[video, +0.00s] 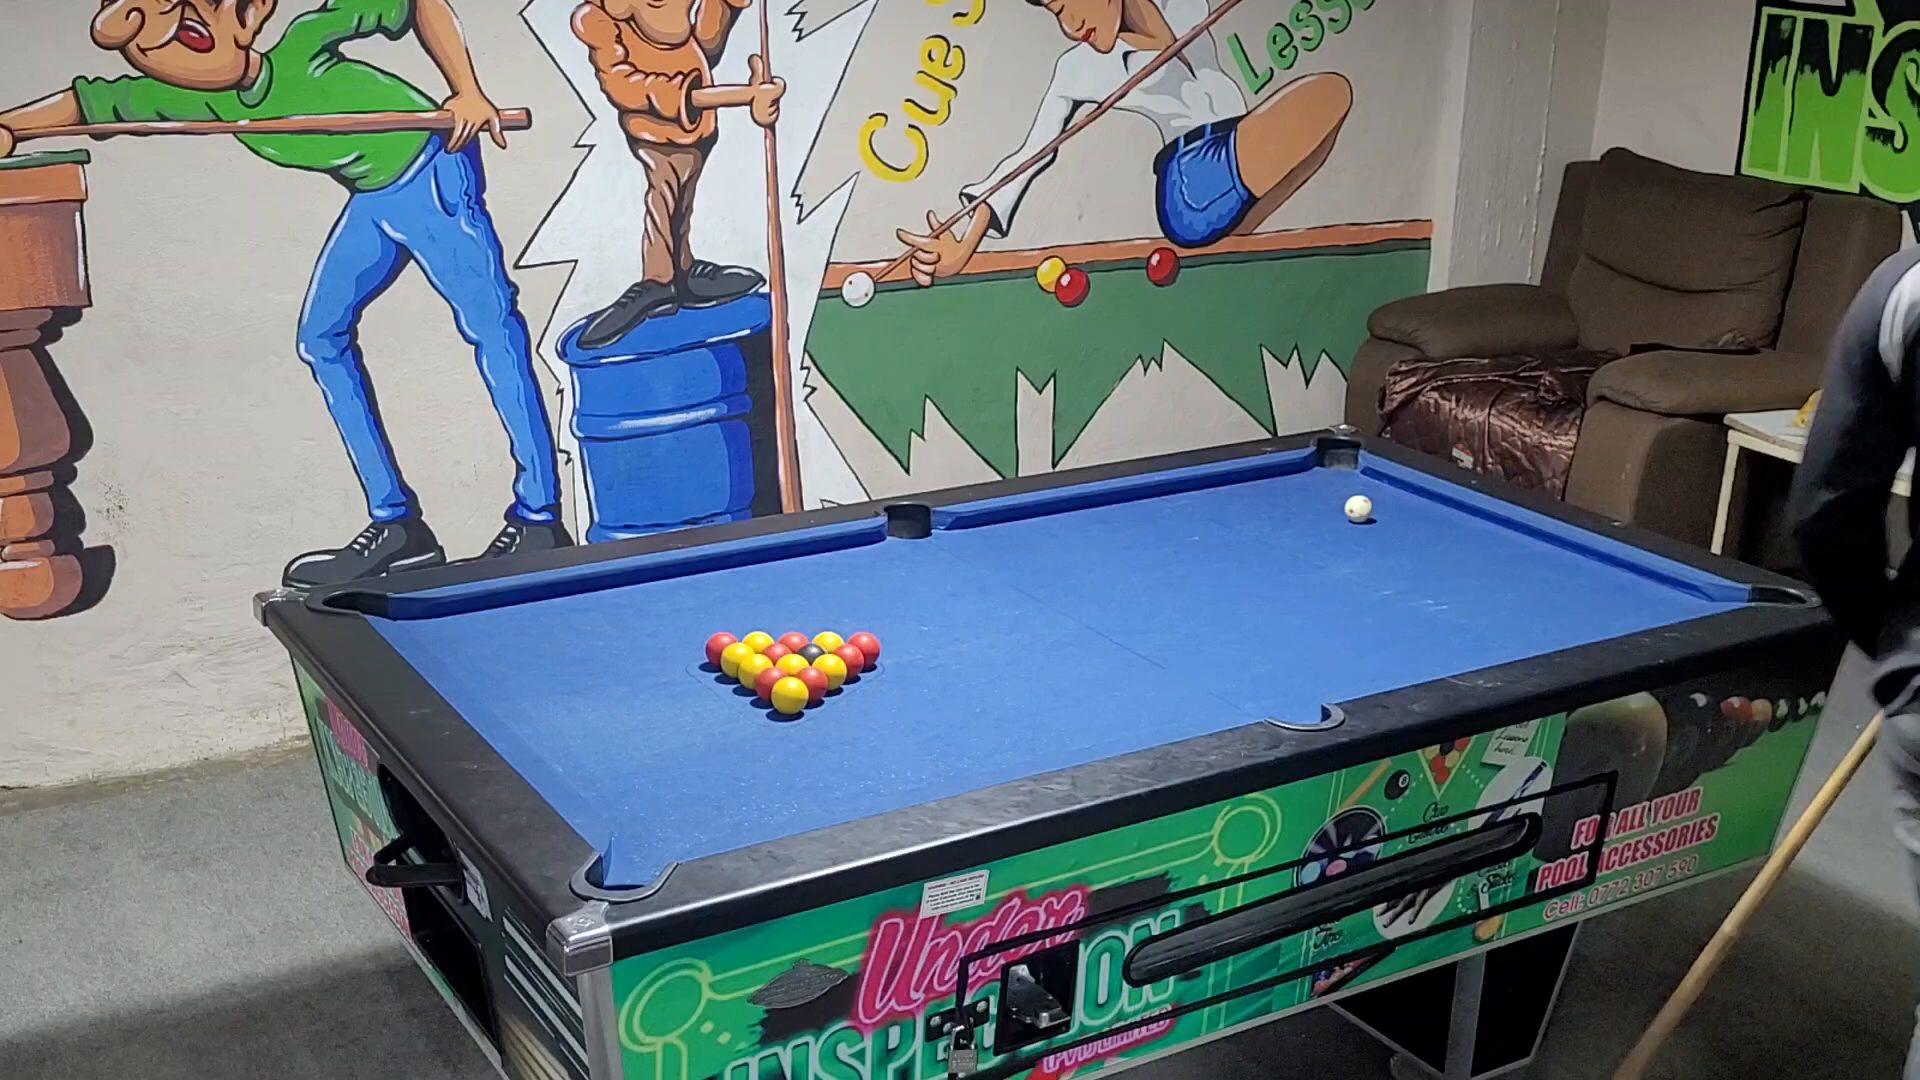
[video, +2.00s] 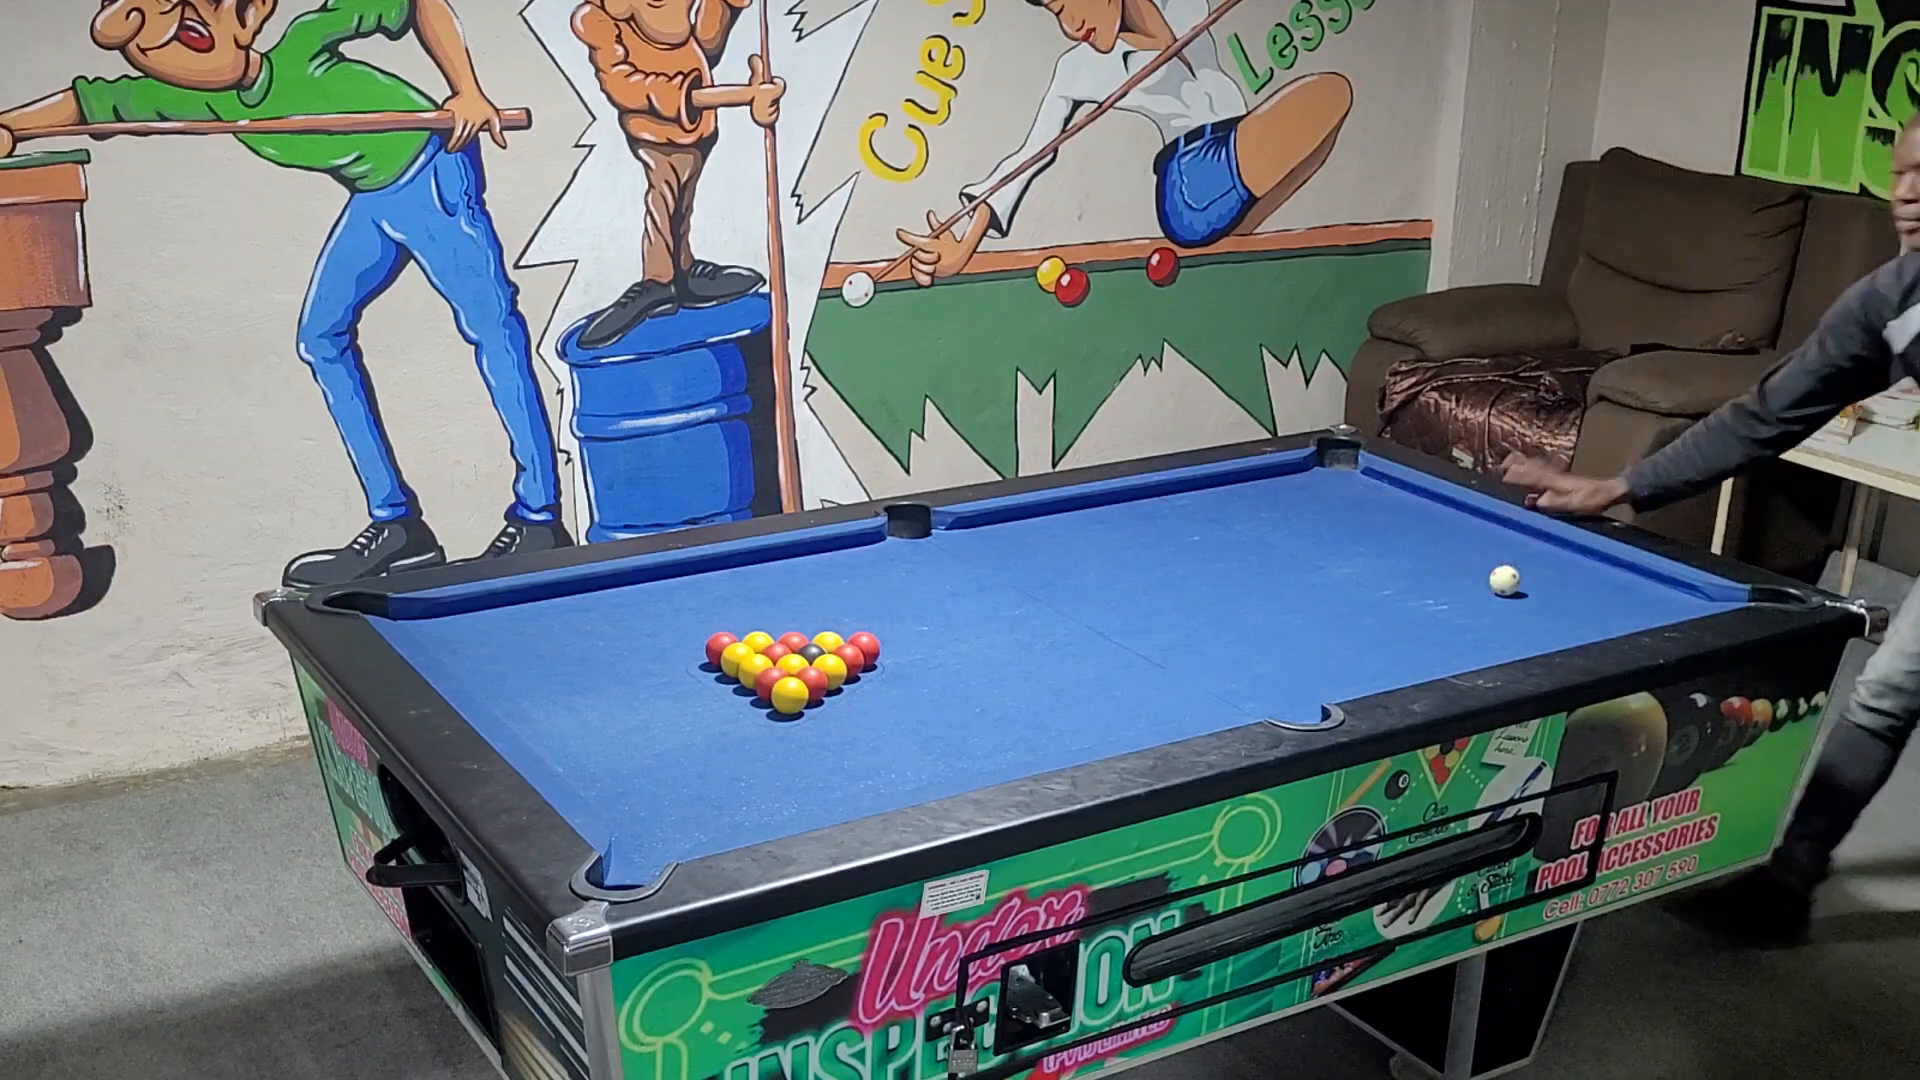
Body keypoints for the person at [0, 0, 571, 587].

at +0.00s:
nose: (207, 59)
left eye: (200, 44)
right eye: (190, 58)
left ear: (223, 23)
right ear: (181, 74)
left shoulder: (300, 37)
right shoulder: (211, 99)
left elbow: (419, 4)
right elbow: (89, 101)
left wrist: (466, 87)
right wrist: (9, 124)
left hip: (426, 166)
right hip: (369, 199)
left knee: (492, 330)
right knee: (322, 338)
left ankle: (540, 517)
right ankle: (397, 522)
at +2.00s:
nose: (209, 57)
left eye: (202, 43)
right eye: (191, 57)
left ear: (224, 22)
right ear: (182, 73)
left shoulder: (300, 37)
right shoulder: (211, 98)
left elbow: (419, 4)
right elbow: (89, 100)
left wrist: (467, 87)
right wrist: (9, 124)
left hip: (426, 165)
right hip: (369, 199)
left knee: (493, 330)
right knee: (322, 338)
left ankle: (540, 517)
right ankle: (397, 523)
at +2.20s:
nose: (210, 58)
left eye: (203, 43)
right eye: (192, 56)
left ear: (223, 23)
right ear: (184, 73)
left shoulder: (300, 37)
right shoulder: (212, 98)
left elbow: (419, 4)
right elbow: (90, 100)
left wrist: (467, 87)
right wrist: (9, 123)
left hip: (427, 166)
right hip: (369, 199)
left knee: (493, 330)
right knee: (322, 338)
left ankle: (540, 518)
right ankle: (397, 523)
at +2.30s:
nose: (209, 57)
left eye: (203, 43)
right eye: (192, 57)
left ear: (227, 23)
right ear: (184, 74)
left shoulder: (300, 37)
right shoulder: (212, 98)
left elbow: (418, 4)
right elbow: (89, 100)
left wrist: (467, 87)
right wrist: (9, 124)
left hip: (426, 166)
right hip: (369, 199)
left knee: (492, 330)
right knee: (322, 338)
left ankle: (540, 517)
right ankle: (397, 522)